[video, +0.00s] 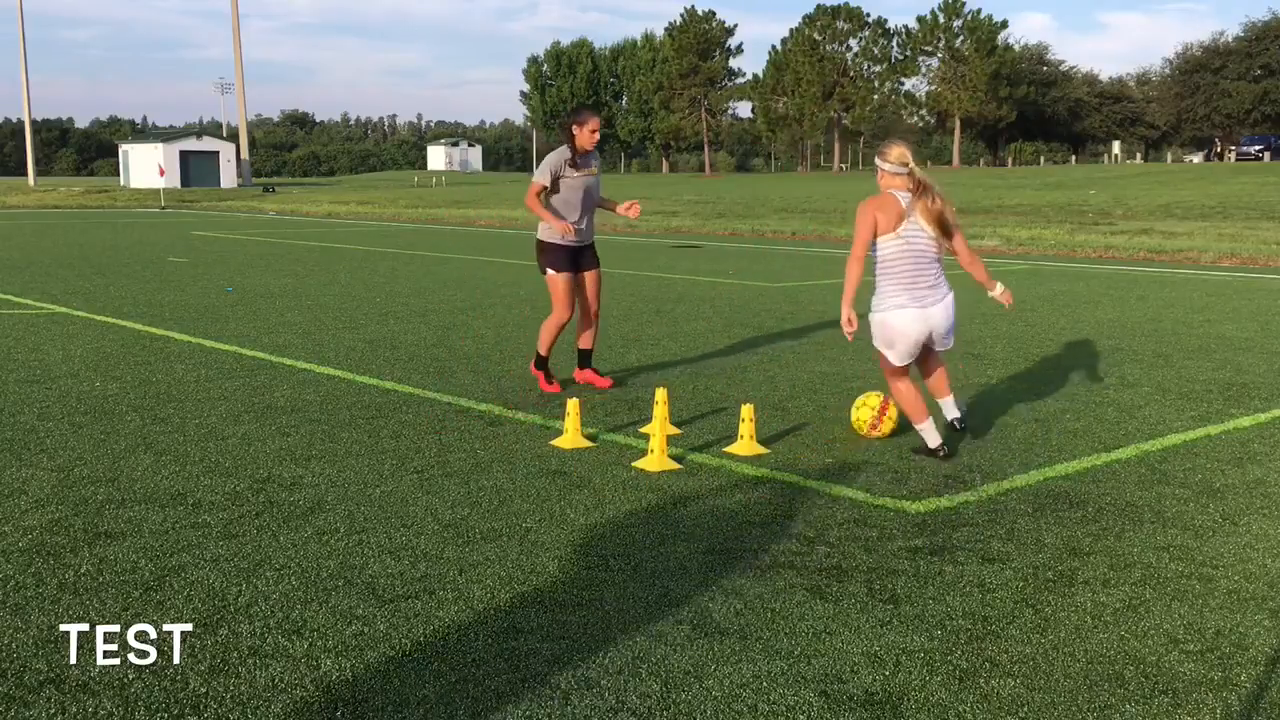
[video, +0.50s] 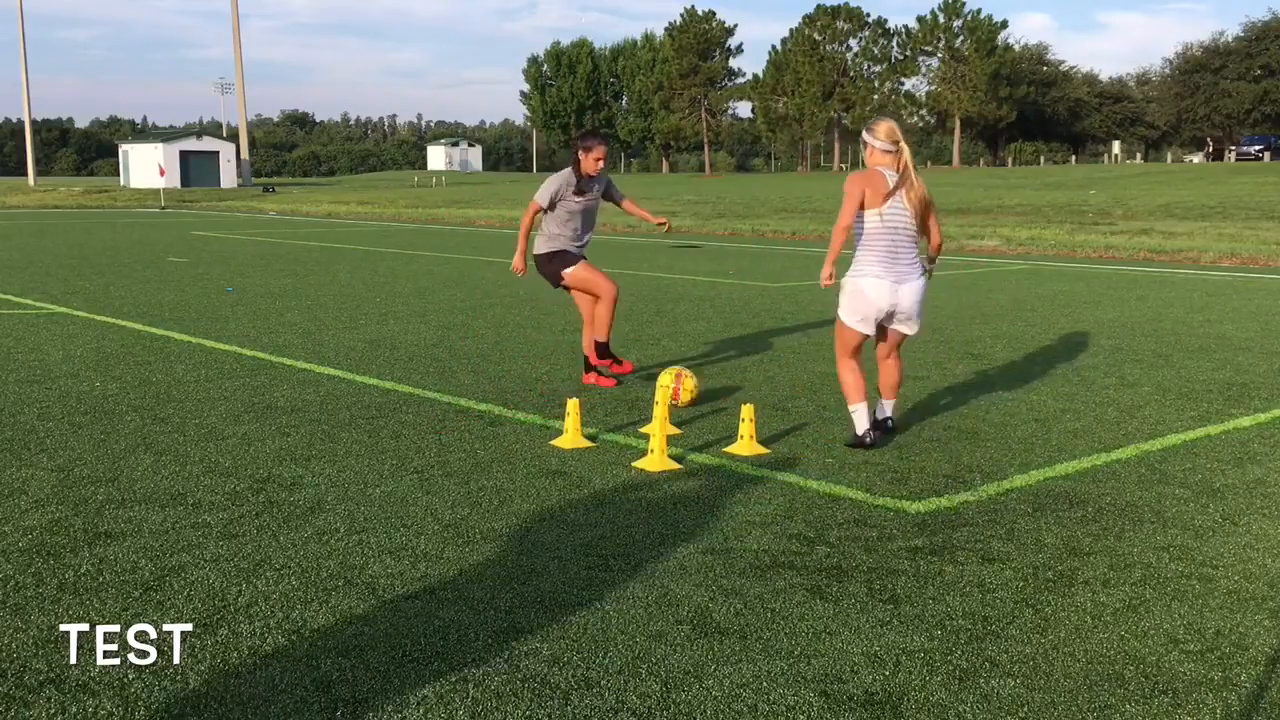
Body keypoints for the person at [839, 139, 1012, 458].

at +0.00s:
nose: (877, 177)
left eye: (877, 172)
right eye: (878, 172)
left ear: (882, 172)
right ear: (911, 171)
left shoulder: (872, 206)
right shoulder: (933, 203)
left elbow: (857, 257)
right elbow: (965, 255)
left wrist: (847, 304)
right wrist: (992, 286)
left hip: (896, 314)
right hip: (939, 309)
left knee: (897, 375)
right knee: (927, 353)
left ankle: (934, 443)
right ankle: (954, 415)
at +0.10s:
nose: (874, 183)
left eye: (875, 178)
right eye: (875, 177)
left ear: (880, 179)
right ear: (909, 178)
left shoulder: (872, 212)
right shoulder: (931, 212)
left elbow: (858, 265)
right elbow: (961, 263)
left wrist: (847, 311)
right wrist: (998, 298)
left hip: (892, 319)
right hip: (933, 316)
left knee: (875, 377)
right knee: (904, 359)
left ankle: (927, 435)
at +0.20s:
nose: (873, 187)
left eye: (874, 182)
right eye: (874, 182)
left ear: (878, 184)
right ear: (907, 184)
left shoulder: (868, 215)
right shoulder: (927, 218)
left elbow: (852, 267)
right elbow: (954, 266)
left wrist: (841, 308)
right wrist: (992, 301)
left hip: (882, 319)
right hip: (921, 318)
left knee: (849, 374)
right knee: (883, 360)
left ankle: (904, 422)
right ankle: (878, 418)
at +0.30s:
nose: (871, 186)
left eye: (872, 180)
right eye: (872, 180)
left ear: (878, 182)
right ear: (903, 183)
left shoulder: (867, 215)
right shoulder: (922, 218)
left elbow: (847, 264)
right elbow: (947, 266)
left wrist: (828, 302)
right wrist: (978, 297)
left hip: (875, 319)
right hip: (913, 319)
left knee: (836, 366)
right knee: (871, 358)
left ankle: (884, 411)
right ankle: (875, 415)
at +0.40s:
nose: (867, 168)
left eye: (868, 163)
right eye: (869, 163)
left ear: (874, 164)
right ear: (900, 165)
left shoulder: (864, 197)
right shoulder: (918, 202)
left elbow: (840, 247)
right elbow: (940, 254)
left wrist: (822, 278)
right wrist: (954, 281)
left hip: (873, 301)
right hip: (912, 302)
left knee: (834, 354)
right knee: (876, 355)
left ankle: (866, 420)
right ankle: (878, 420)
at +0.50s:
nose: (864, 152)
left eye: (865, 147)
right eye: (865, 147)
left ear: (872, 148)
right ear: (897, 149)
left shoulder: (861, 179)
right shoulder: (916, 185)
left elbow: (844, 224)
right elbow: (936, 240)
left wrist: (829, 263)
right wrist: (929, 263)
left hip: (868, 283)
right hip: (911, 285)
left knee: (847, 353)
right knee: (889, 351)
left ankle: (863, 429)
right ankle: (887, 419)